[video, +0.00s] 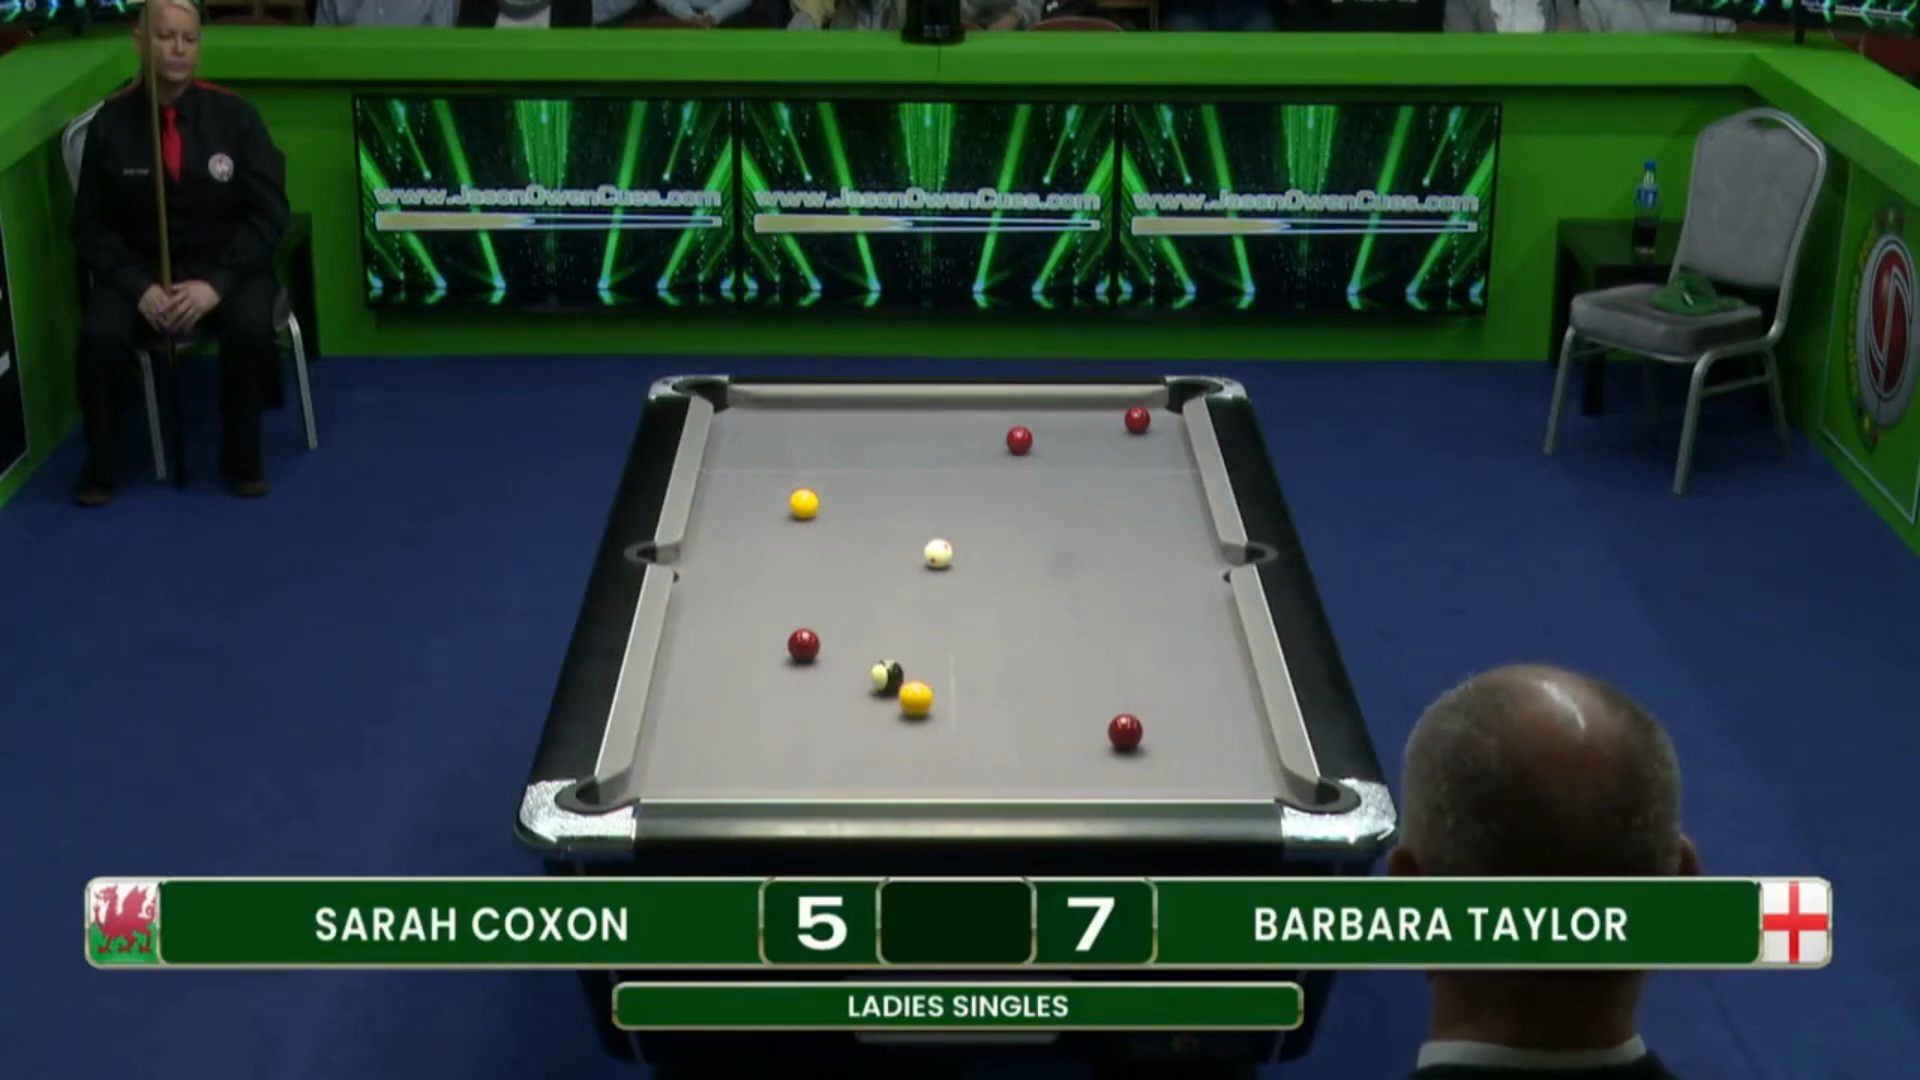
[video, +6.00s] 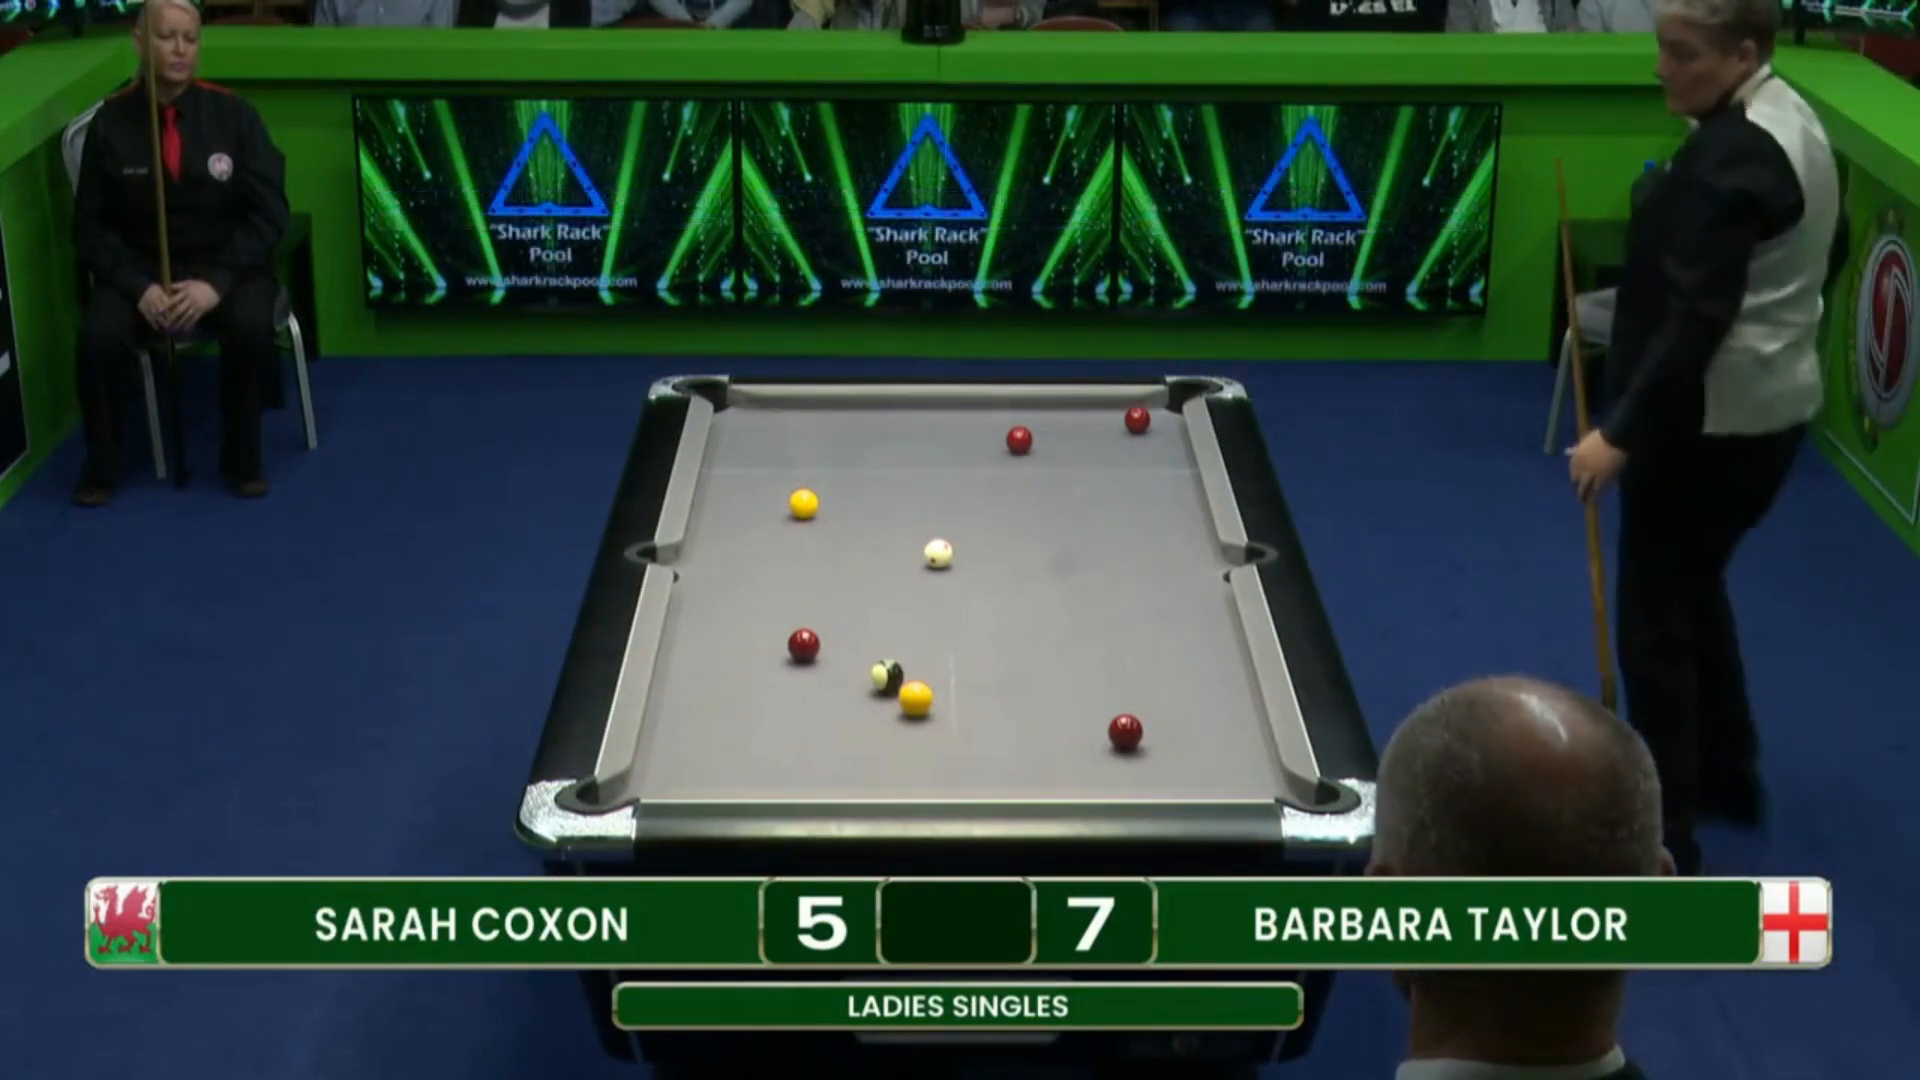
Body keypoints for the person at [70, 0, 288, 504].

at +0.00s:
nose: (179, 49)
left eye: (189, 38)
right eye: (166, 37)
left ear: (199, 45)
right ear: (141, 41)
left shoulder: (235, 115)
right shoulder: (111, 121)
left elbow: (269, 214)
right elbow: (90, 226)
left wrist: (213, 283)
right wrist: (140, 287)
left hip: (221, 266)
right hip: (138, 273)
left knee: (249, 329)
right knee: (101, 335)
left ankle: (243, 461)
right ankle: (101, 467)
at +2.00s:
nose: (179, 48)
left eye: (189, 38)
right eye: (165, 36)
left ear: (200, 44)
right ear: (141, 41)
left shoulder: (234, 115)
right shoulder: (112, 121)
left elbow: (269, 215)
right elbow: (90, 226)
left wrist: (214, 284)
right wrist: (140, 287)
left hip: (221, 267)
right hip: (139, 273)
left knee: (248, 328)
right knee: (101, 335)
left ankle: (243, 463)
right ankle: (101, 469)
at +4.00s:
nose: (179, 49)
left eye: (189, 38)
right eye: (165, 37)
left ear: (199, 44)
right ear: (140, 42)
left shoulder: (234, 116)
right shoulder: (111, 122)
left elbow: (269, 215)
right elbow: (90, 226)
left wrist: (214, 284)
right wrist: (140, 287)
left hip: (221, 267)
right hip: (138, 274)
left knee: (248, 328)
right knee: (101, 336)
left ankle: (243, 463)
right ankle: (101, 469)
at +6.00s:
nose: (181, 49)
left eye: (190, 38)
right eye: (167, 37)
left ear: (199, 44)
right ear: (140, 41)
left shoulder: (234, 116)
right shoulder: (111, 121)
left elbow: (268, 215)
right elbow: (90, 227)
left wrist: (214, 283)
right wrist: (141, 286)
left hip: (221, 267)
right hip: (139, 273)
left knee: (248, 327)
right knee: (100, 334)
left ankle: (243, 462)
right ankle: (101, 468)